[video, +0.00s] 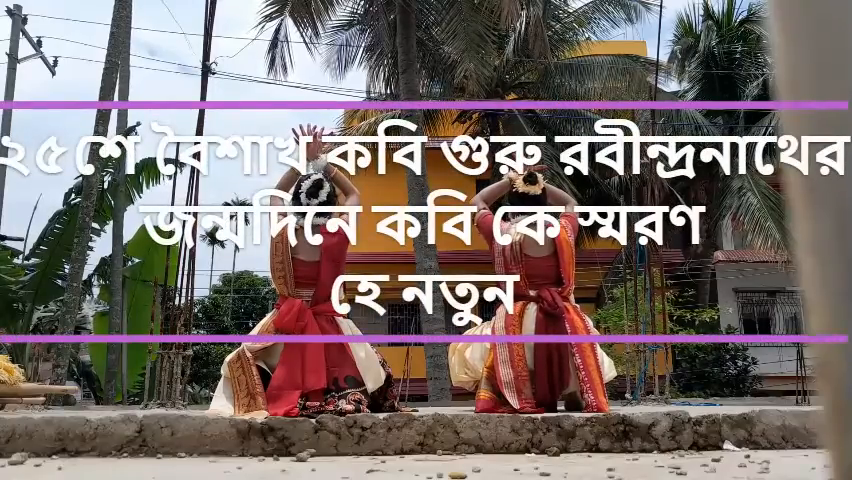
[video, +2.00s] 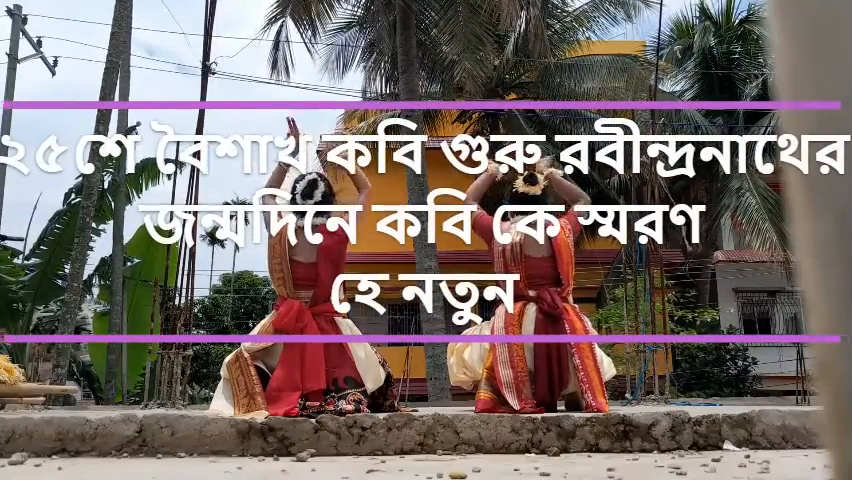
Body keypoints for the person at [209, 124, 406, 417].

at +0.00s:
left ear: (295, 203)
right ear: (330, 203)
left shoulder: (284, 234)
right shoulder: (337, 235)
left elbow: (277, 196)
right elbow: (351, 194)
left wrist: (302, 162)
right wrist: (322, 163)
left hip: (289, 325)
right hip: (329, 325)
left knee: (240, 361)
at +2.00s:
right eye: (321, 197)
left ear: (293, 201)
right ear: (329, 201)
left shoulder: (281, 232)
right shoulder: (338, 234)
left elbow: (269, 194)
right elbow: (365, 189)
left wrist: (289, 152)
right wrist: (337, 160)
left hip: (287, 333)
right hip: (330, 333)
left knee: (240, 362)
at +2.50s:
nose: (335, 203)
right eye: (333, 199)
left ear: (294, 202)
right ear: (330, 203)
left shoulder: (279, 234)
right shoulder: (340, 235)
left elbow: (267, 201)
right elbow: (378, 205)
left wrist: (274, 158)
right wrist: (371, 161)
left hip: (288, 330)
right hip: (331, 331)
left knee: (240, 367)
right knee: (379, 386)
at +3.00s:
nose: (337, 203)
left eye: (335, 197)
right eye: (335, 198)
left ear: (297, 203)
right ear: (332, 203)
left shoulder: (277, 234)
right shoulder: (342, 235)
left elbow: (255, 207)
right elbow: (391, 213)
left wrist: (249, 175)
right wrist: (407, 183)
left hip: (287, 333)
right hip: (331, 333)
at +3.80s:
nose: (337, 205)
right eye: (337, 200)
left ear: (301, 203)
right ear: (336, 205)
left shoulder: (277, 237)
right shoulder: (349, 242)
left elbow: (241, 237)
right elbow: (404, 243)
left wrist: (228, 209)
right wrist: (432, 213)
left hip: (288, 337)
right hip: (335, 337)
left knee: (241, 364)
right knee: (377, 388)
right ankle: (343, 398)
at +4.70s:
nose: (330, 209)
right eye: (334, 203)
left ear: (299, 205)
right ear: (336, 206)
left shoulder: (277, 243)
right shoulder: (350, 246)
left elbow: (234, 267)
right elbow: (401, 266)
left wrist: (202, 243)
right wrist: (431, 247)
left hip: (287, 350)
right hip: (337, 350)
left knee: (238, 364)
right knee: (377, 392)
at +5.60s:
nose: (337, 207)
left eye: (318, 201)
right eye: (337, 201)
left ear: (300, 204)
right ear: (337, 207)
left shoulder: (276, 245)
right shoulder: (349, 248)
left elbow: (246, 280)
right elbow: (402, 267)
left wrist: (200, 256)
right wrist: (431, 247)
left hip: (289, 350)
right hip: (336, 349)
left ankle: (289, 392)